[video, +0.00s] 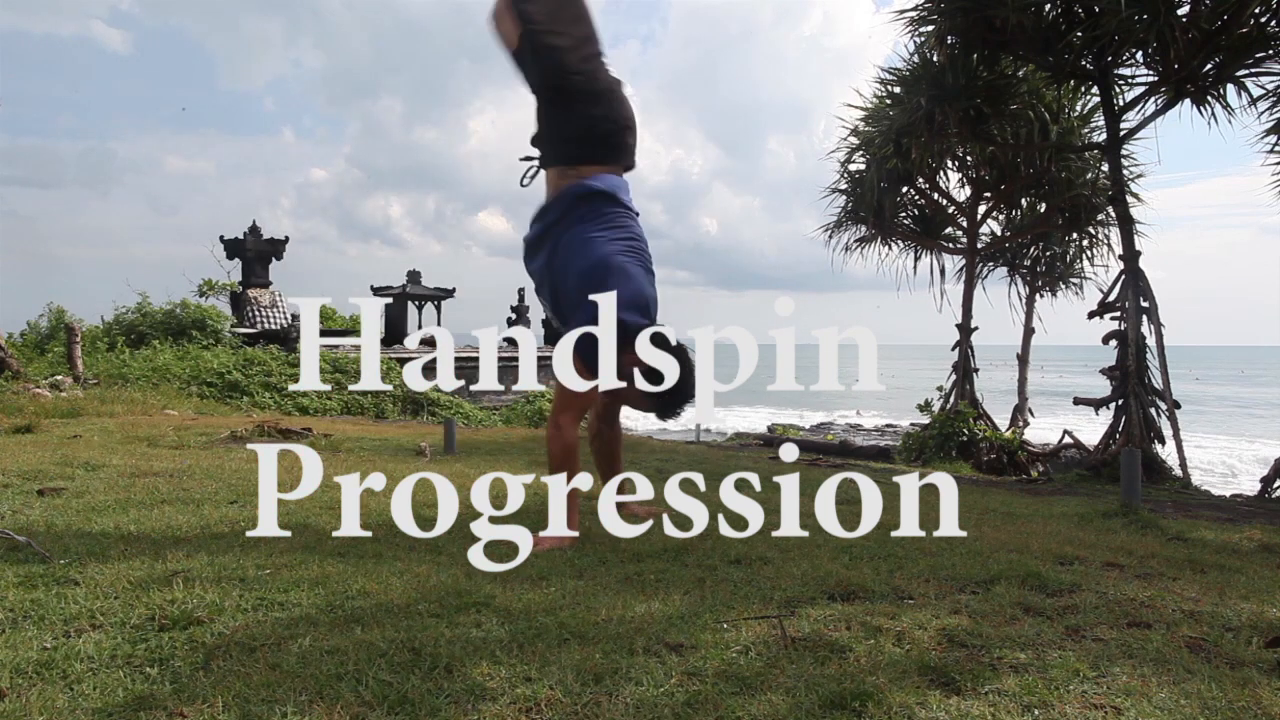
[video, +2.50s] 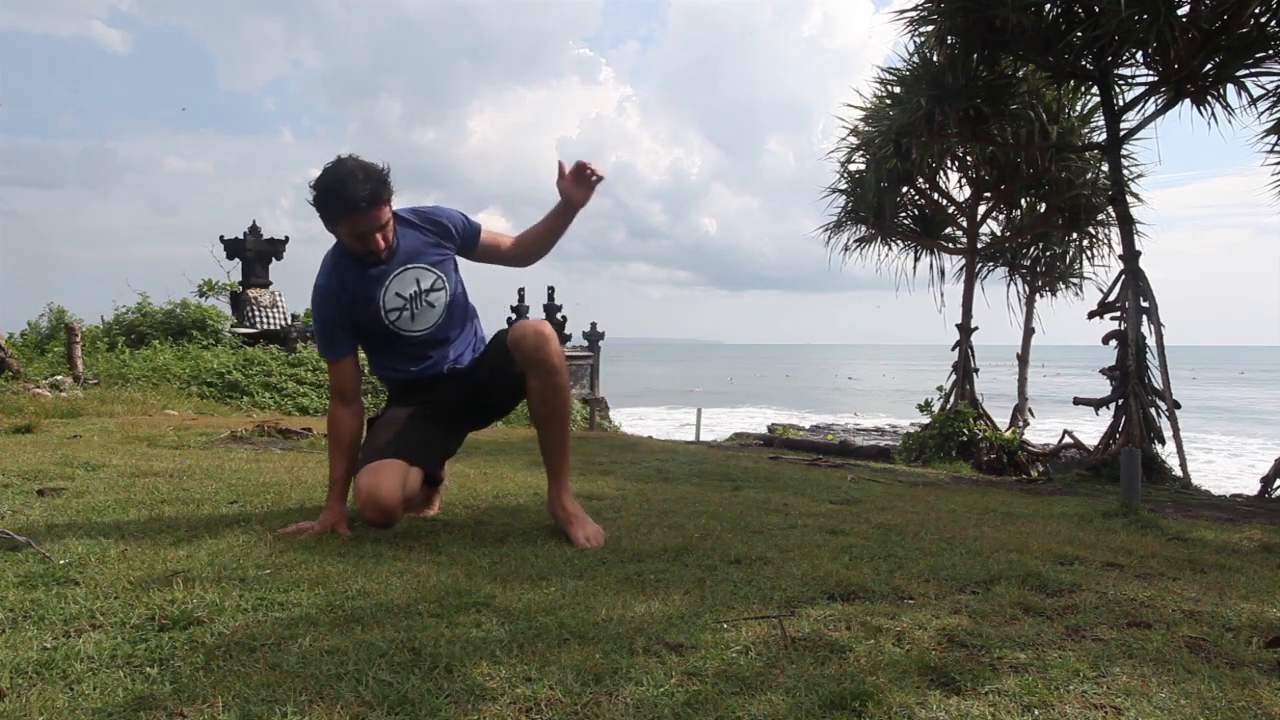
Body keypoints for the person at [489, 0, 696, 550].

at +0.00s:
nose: (632, 411)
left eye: (642, 409)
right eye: (639, 405)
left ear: (656, 369)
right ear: (640, 377)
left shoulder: (637, 340)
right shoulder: (600, 342)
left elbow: (605, 419)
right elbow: (562, 424)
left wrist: (615, 494)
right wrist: (565, 520)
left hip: (606, 155)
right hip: (581, 137)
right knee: (509, 11)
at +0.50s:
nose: (666, 379)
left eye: (668, 384)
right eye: (679, 382)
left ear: (657, 360)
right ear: (694, 350)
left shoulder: (611, 334)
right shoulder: (701, 298)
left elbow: (599, 424)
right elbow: (783, 285)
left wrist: (619, 506)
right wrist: (756, 351)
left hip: (562, 166)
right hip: (628, 141)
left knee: (505, 274)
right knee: (618, 7)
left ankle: (356, 289)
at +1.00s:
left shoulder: (526, 199)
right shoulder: (624, 140)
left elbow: (540, 311)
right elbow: (671, 97)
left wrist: (596, 394)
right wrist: (703, 177)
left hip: (548, 183)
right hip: (627, 167)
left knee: (569, 367)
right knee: (659, 338)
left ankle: (596, 528)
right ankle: (686, 503)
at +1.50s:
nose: (409, 48)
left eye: (406, 33)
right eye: (398, 41)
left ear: (435, 5)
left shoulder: (503, 14)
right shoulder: (475, 67)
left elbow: (534, 69)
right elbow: (526, 157)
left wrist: (425, 108)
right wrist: (473, 209)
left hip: (591, 185)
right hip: (547, 195)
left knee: (555, 347)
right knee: (480, 335)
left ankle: (593, 501)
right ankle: (478, 481)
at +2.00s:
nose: (415, 231)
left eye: (421, 215)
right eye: (399, 223)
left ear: (441, 182)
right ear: (383, 212)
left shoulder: (499, 199)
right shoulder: (390, 256)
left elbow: (591, 248)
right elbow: (363, 363)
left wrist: (638, 263)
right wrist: (322, 461)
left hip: (525, 343)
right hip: (454, 355)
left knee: (567, 370)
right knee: (385, 438)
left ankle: (574, 507)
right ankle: (443, 465)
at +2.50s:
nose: (379, 243)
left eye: (384, 226)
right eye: (361, 237)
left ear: (390, 205)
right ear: (333, 229)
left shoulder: (433, 225)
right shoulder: (333, 290)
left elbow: (517, 251)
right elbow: (345, 400)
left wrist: (569, 207)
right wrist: (333, 507)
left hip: (477, 379)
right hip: (413, 404)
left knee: (537, 336)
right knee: (377, 505)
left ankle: (562, 498)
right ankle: (430, 474)